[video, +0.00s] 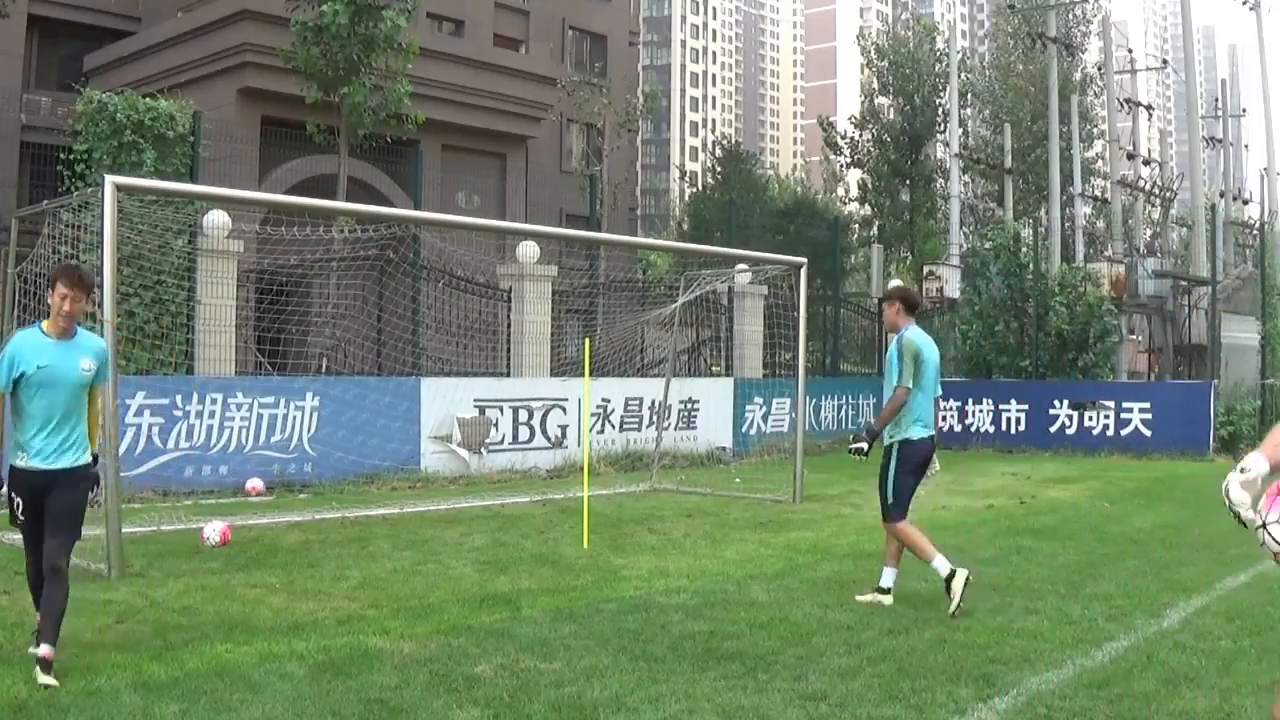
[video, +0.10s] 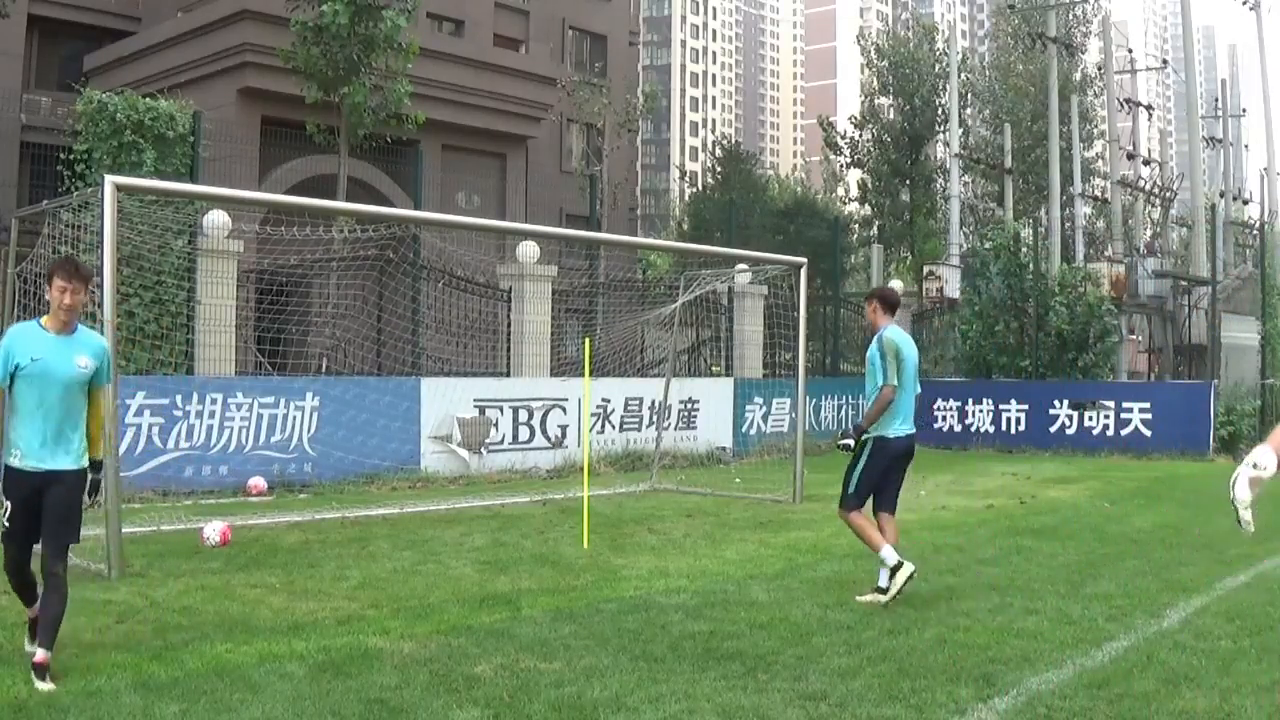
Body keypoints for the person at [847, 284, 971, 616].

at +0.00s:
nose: (882, 315)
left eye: (884, 308)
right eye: (883, 309)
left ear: (897, 308)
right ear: (905, 309)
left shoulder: (905, 341)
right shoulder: (927, 342)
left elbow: (903, 393)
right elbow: (933, 399)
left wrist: (871, 433)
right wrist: (931, 443)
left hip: (906, 441)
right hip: (921, 440)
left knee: (893, 519)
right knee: (895, 516)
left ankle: (949, 573)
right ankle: (884, 588)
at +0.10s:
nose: (866, 315)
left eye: (868, 309)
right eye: (867, 309)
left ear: (877, 308)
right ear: (892, 309)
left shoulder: (885, 339)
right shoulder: (906, 340)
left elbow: (888, 390)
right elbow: (911, 393)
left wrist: (858, 429)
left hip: (882, 440)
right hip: (904, 439)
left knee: (849, 508)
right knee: (885, 511)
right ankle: (884, 586)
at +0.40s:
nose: (817, 319)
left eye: (818, 313)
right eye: (818, 313)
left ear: (827, 312)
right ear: (844, 314)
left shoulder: (833, 345)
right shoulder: (862, 345)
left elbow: (840, 396)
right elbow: (870, 392)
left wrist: (807, 419)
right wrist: (820, 413)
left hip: (831, 442)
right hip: (858, 441)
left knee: (803, 508)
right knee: (859, 511)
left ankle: (783, 577)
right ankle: (880, 584)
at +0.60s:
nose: (784, 317)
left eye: (784, 312)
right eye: (785, 312)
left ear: (791, 312)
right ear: (811, 314)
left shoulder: (793, 345)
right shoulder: (828, 343)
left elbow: (783, 398)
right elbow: (839, 392)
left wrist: (763, 399)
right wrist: (804, 392)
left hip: (791, 435)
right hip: (818, 436)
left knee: (783, 507)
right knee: (802, 508)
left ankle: (779, 579)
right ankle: (840, 554)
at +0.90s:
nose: (737, 321)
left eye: (738, 316)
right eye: (739, 316)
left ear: (744, 315)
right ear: (764, 317)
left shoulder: (741, 345)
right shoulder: (782, 347)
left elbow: (707, 386)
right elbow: (793, 393)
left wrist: (734, 386)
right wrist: (763, 388)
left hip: (747, 435)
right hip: (772, 435)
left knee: (759, 504)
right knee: (737, 499)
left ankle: (777, 578)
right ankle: (714, 562)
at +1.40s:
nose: (680, 324)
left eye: (681, 319)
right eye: (682, 319)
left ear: (686, 318)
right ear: (705, 320)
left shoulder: (680, 341)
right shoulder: (716, 345)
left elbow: (652, 381)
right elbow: (718, 389)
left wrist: (673, 381)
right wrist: (685, 383)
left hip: (678, 431)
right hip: (707, 431)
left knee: (652, 488)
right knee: (700, 497)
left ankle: (646, 556)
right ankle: (704, 565)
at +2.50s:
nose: (664, 344)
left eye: (667, 340)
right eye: (665, 338)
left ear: (649, 326)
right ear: (656, 328)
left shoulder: (621, 340)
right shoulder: (641, 348)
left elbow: (617, 384)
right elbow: (626, 387)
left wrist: (645, 407)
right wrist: (647, 412)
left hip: (612, 418)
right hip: (627, 420)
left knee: (625, 480)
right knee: (630, 484)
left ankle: (614, 530)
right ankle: (618, 545)